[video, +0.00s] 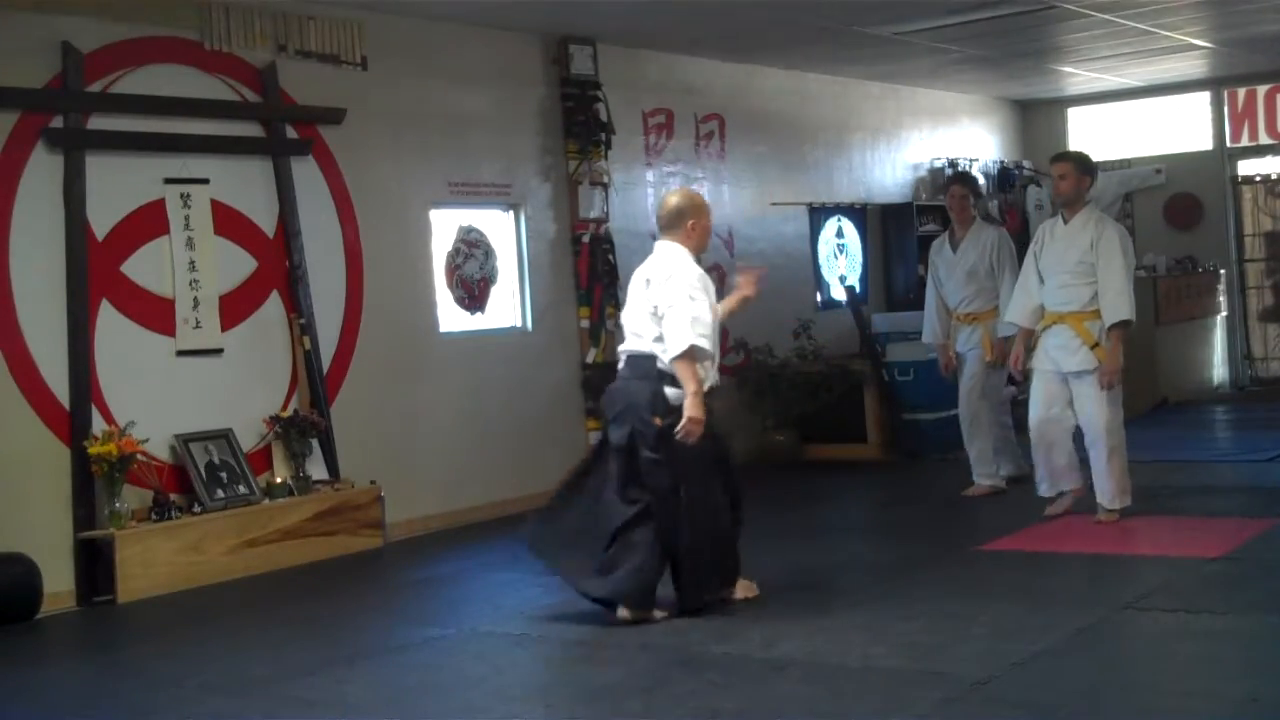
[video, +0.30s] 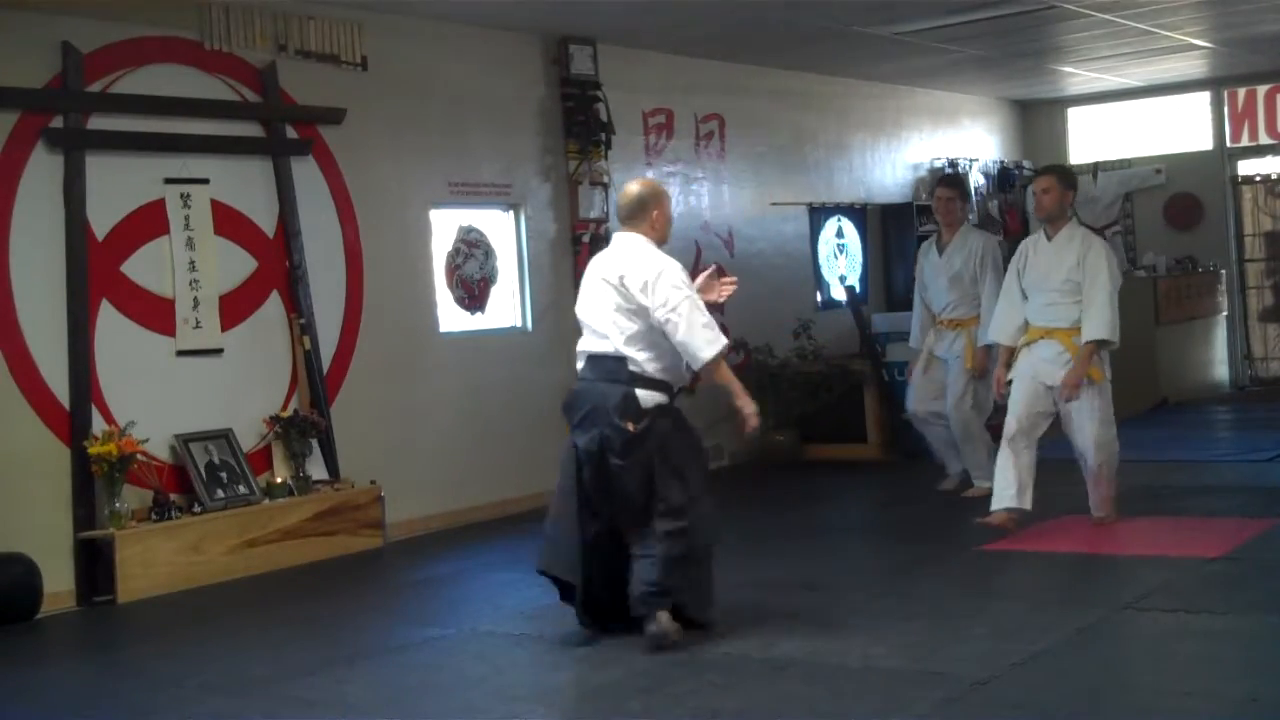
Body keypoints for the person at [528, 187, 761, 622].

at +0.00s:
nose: (709, 233)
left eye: (709, 225)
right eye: (708, 225)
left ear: (664, 226)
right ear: (694, 226)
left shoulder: (649, 267)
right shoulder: (683, 272)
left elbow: (689, 324)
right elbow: (680, 338)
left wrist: (734, 300)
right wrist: (694, 393)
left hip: (630, 388)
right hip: (665, 391)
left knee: (640, 496)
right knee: (710, 487)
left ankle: (633, 597)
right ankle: (716, 581)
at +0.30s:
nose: (669, 219)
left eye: (666, 211)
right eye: (668, 211)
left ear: (624, 216)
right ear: (658, 215)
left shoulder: (600, 262)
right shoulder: (658, 268)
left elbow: (636, 315)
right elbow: (693, 335)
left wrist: (691, 298)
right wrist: (739, 394)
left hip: (591, 394)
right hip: (638, 400)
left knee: (604, 506)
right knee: (678, 501)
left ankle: (602, 607)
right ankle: (659, 607)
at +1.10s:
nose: (619, 222)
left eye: (618, 213)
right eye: (619, 214)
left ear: (564, 215)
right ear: (609, 217)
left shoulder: (525, 269)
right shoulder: (612, 275)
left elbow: (558, 313)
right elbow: (667, 359)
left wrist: (626, 290)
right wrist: (720, 392)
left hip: (528, 415)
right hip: (592, 414)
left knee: (543, 543)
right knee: (611, 533)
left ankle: (561, 669)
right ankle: (627, 651)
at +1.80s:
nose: (646, 216)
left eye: (644, 207)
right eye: (645, 209)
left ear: (590, 210)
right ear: (635, 212)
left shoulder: (551, 261)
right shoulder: (648, 269)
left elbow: (539, 322)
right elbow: (714, 338)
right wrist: (736, 349)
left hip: (550, 406)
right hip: (616, 409)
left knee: (554, 537)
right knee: (641, 533)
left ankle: (558, 666)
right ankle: (654, 653)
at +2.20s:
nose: (667, 222)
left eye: (666, 215)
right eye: (667, 214)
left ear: (608, 211)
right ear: (657, 212)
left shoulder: (564, 263)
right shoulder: (669, 267)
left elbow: (550, 331)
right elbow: (736, 332)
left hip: (567, 394)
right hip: (634, 394)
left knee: (569, 533)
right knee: (650, 529)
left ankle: (563, 669)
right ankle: (659, 657)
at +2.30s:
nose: (660, 220)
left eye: (660, 213)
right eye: (661, 213)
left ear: (604, 211)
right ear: (652, 211)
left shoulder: (559, 266)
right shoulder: (667, 266)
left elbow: (542, 334)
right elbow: (734, 332)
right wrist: (749, 340)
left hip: (566, 397)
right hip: (634, 396)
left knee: (570, 534)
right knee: (651, 530)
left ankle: (564, 668)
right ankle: (661, 658)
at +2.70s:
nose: (639, 211)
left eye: (638, 201)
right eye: (634, 204)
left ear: (577, 209)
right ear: (626, 210)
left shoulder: (541, 268)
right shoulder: (647, 267)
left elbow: (519, 358)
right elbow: (700, 345)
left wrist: (546, 392)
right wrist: (709, 367)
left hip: (554, 405)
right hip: (623, 402)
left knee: (563, 537)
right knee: (639, 531)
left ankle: (565, 672)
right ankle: (655, 659)